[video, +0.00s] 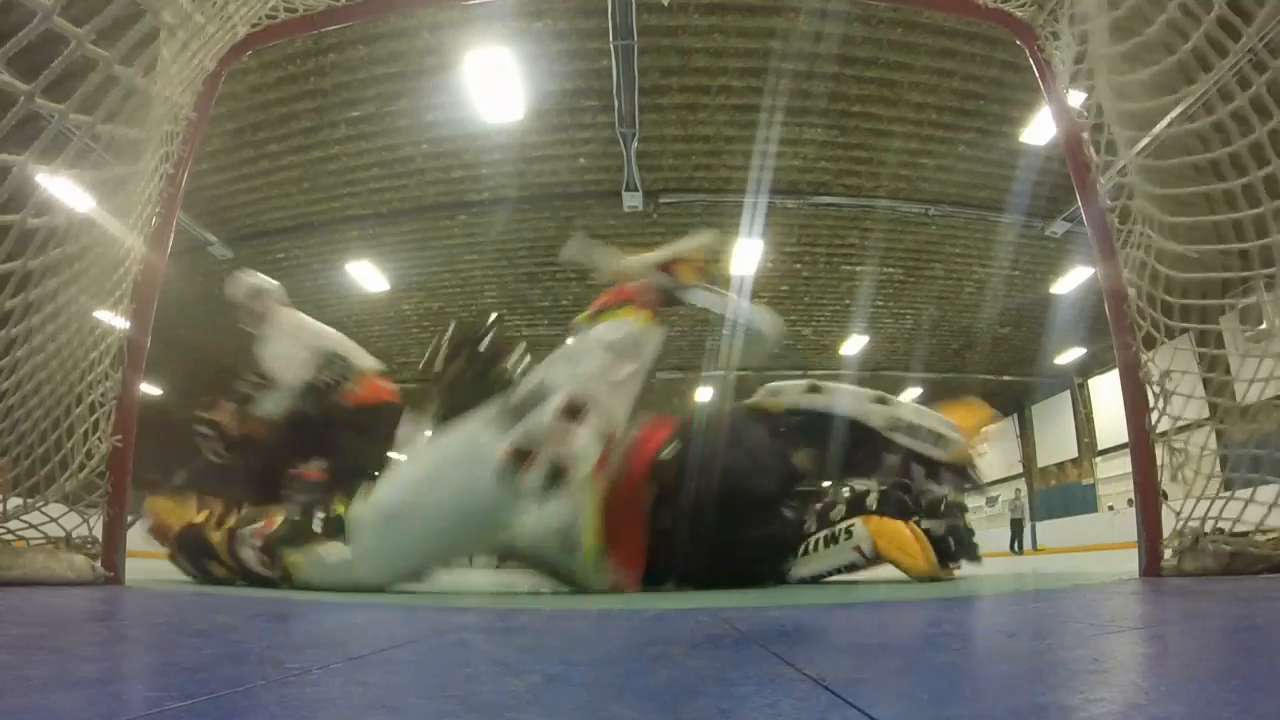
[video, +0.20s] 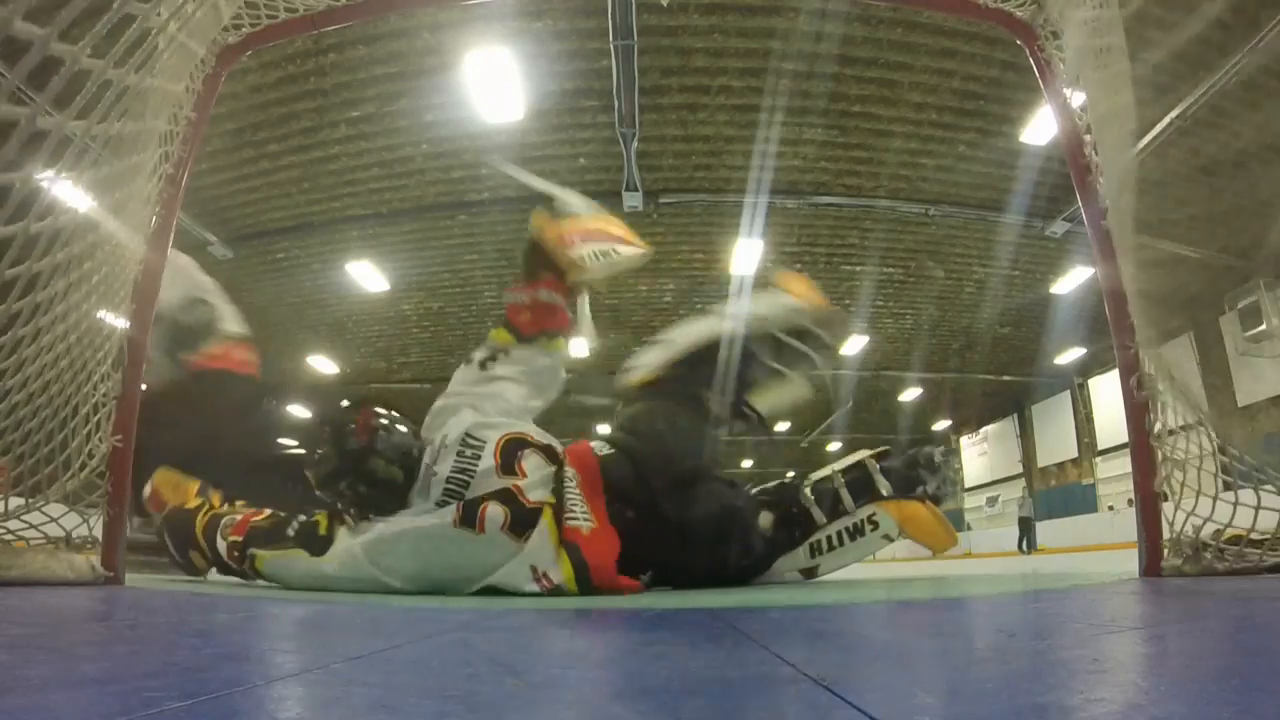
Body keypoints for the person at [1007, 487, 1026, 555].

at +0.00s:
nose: (1018, 494)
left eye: (1019, 493)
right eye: (1016, 493)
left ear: (1020, 493)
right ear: (1015, 493)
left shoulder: (1022, 502)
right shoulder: (1011, 501)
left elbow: (1023, 512)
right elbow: (1010, 509)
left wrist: (1024, 521)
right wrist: (1014, 505)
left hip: (1020, 519)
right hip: (1014, 519)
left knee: (1020, 535)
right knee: (1014, 534)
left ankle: (1020, 548)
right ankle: (1012, 547)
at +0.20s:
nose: (1025, 492)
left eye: (1026, 491)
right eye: (1024, 491)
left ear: (1028, 491)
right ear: (1022, 491)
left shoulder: (1030, 500)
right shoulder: (1020, 499)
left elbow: (1032, 509)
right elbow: (1019, 505)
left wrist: (1033, 517)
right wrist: (1022, 498)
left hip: (1028, 517)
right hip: (1021, 517)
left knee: (1029, 534)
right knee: (1022, 533)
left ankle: (1029, 548)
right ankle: (1020, 547)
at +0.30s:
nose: (1029, 491)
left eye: (1030, 490)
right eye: (1028, 490)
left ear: (1032, 491)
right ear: (1026, 491)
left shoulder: (1033, 499)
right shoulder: (1024, 498)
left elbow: (1036, 508)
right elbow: (1023, 503)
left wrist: (1037, 516)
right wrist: (1026, 496)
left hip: (1032, 516)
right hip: (1025, 516)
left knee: (1033, 534)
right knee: (1026, 533)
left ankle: (1033, 548)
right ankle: (1024, 547)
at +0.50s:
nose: (1037, 490)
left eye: (1038, 489)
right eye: (1036, 489)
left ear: (1039, 490)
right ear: (1034, 490)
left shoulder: (1042, 498)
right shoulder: (1031, 497)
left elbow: (1044, 507)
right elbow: (1029, 501)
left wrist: (1046, 515)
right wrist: (1033, 495)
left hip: (1041, 514)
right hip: (1033, 514)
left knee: (1041, 532)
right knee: (1034, 532)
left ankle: (1042, 547)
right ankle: (1033, 546)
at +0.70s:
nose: (1045, 487)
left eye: (1046, 486)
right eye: (1044, 486)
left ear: (1048, 487)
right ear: (1041, 487)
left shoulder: (1050, 495)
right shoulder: (1038, 494)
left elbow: (1053, 504)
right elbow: (1037, 499)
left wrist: (1054, 512)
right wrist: (1042, 491)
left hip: (1049, 513)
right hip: (1041, 513)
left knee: (1050, 531)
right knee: (1042, 531)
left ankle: (1051, 547)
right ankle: (1041, 546)